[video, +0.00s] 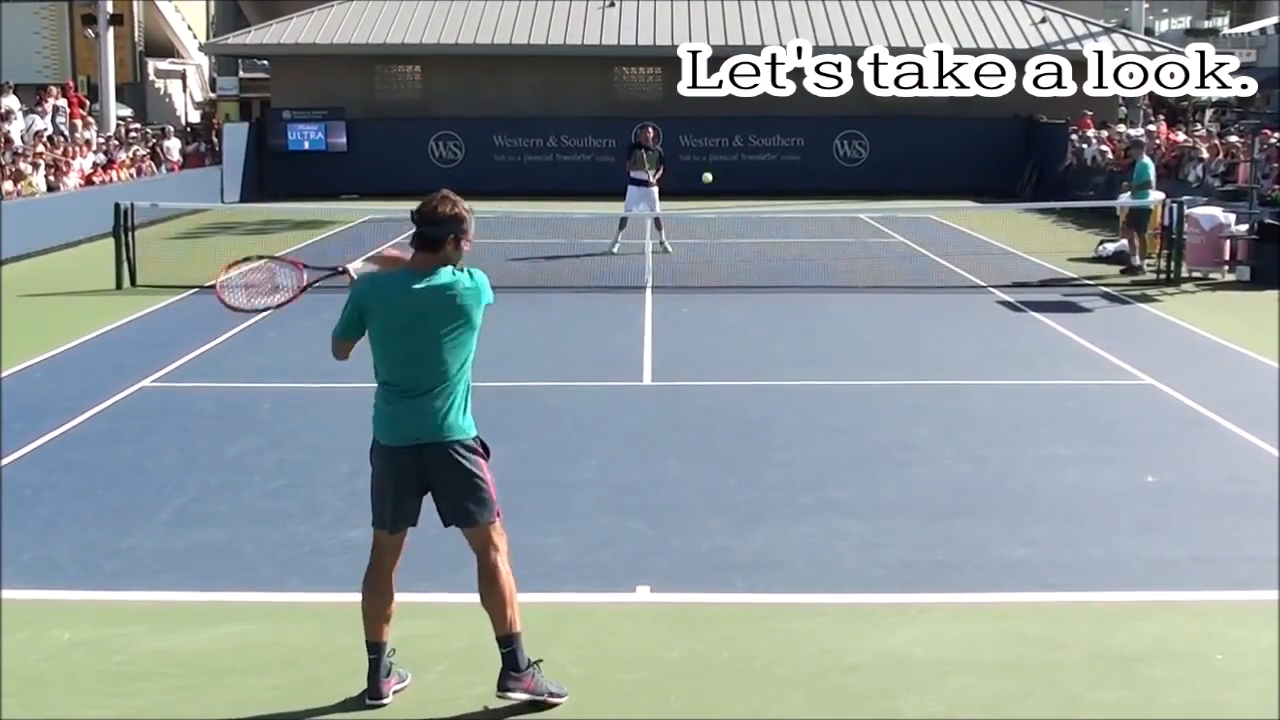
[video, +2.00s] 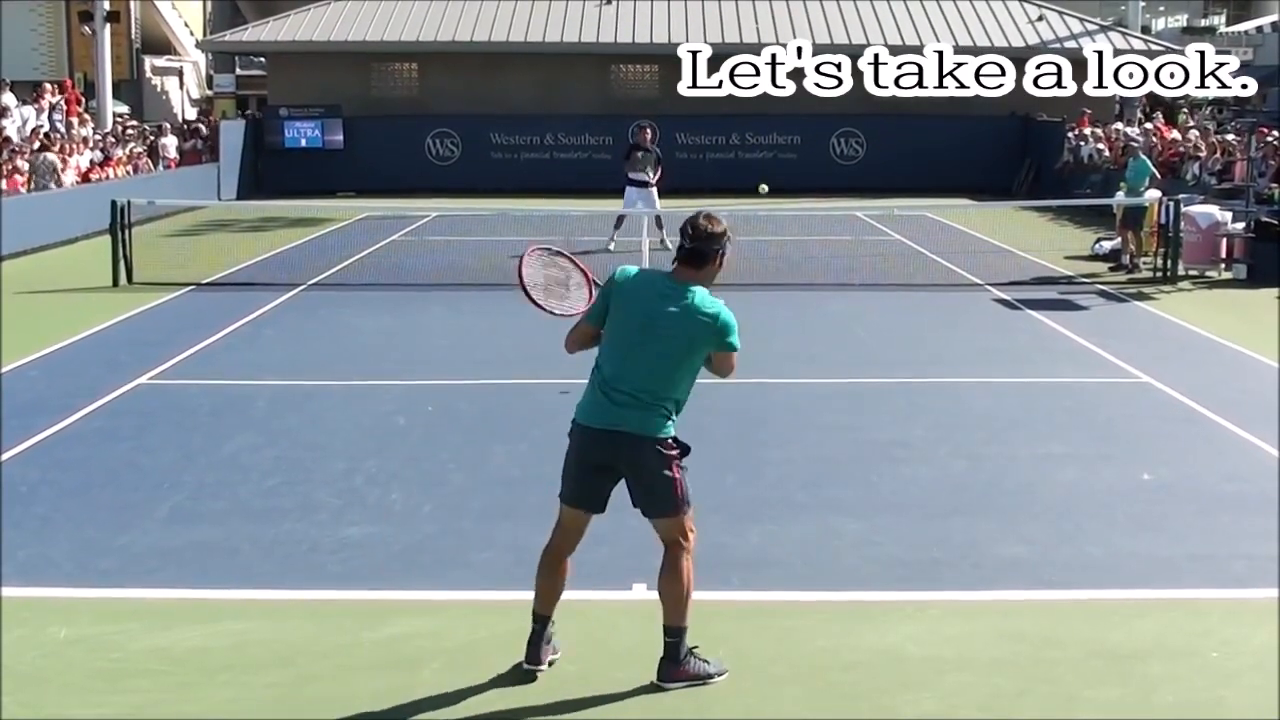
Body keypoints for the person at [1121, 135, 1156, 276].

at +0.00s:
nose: (1131, 153)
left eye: (1133, 149)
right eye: (1131, 150)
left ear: (1140, 149)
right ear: (1136, 150)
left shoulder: (1145, 164)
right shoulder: (1139, 163)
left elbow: (1149, 184)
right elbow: (1141, 182)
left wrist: (1132, 187)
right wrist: (1130, 186)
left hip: (1143, 204)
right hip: (1137, 203)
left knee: (1141, 233)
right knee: (1129, 231)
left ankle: (1140, 263)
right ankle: (1134, 262)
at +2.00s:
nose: (1128, 150)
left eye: (1130, 148)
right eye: (1128, 148)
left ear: (1137, 149)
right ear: (1129, 149)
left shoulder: (1144, 161)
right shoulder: (1130, 161)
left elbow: (1156, 177)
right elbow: (1130, 177)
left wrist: (1146, 189)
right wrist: (1126, 186)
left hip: (1139, 200)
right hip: (1128, 199)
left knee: (1136, 231)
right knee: (1123, 230)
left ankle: (1137, 262)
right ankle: (1124, 260)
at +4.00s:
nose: (1134, 153)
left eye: (1137, 150)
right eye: (1132, 150)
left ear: (1142, 150)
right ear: (1131, 151)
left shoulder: (1147, 163)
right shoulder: (1135, 164)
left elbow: (1158, 180)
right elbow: (1135, 181)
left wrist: (1147, 192)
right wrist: (1128, 189)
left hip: (1142, 204)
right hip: (1131, 203)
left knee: (1139, 234)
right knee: (1124, 232)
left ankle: (1138, 264)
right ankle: (1124, 262)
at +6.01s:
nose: (1128, 154)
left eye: (1131, 151)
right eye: (1127, 151)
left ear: (1137, 152)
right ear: (1127, 153)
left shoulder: (1143, 165)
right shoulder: (1129, 165)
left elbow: (1155, 182)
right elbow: (1128, 182)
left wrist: (1143, 194)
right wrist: (1124, 190)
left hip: (1138, 204)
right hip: (1127, 202)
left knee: (1134, 235)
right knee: (1121, 233)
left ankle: (1135, 265)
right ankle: (1124, 264)